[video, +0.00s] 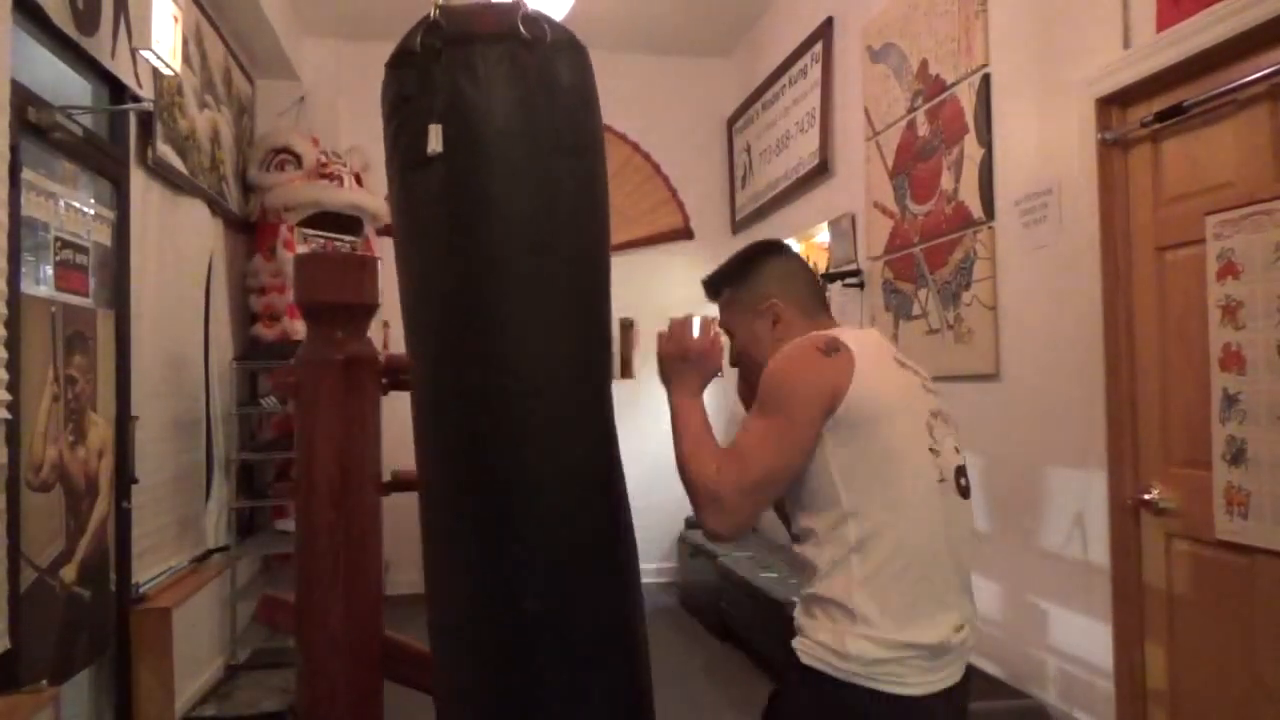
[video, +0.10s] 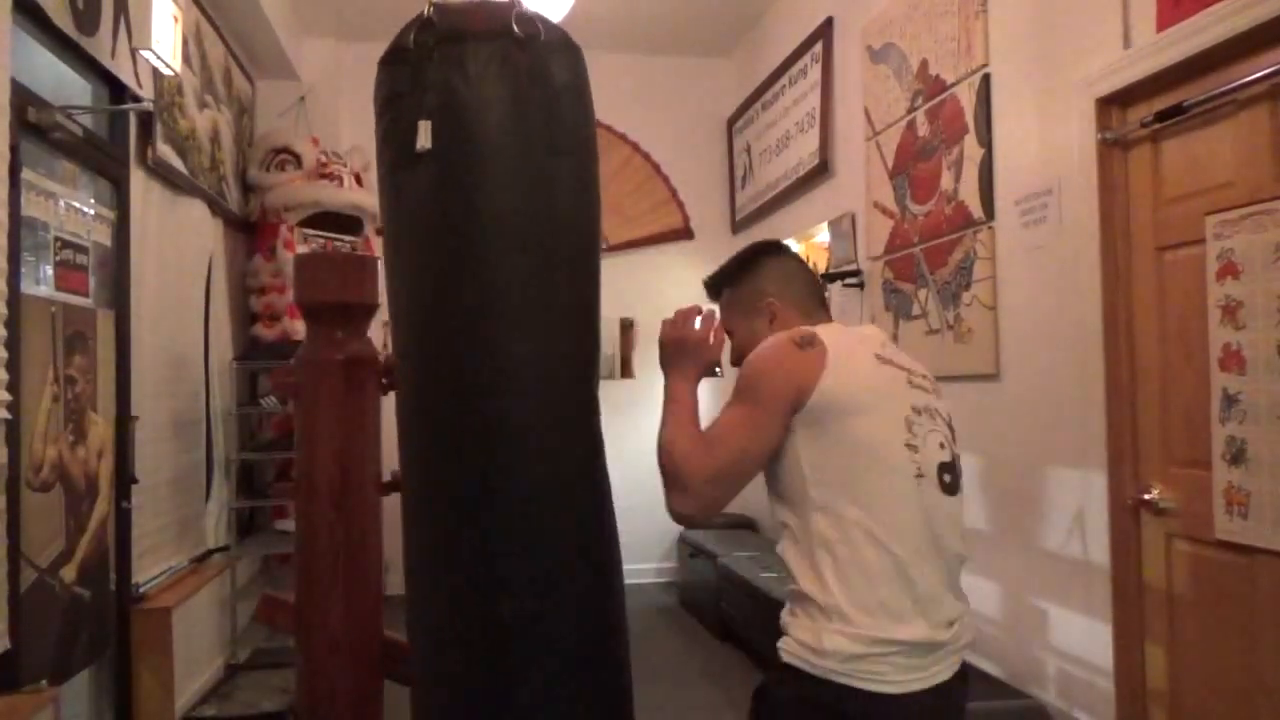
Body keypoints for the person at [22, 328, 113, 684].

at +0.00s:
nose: (69, 391)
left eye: (75, 382)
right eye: (63, 383)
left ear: (91, 385)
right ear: (59, 389)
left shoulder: (104, 432)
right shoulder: (63, 435)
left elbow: (104, 501)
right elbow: (38, 479)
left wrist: (76, 562)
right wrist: (46, 400)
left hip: (104, 551)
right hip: (75, 550)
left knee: (102, 631)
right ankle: (58, 689)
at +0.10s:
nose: (69, 391)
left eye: (75, 382)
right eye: (64, 383)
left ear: (91, 385)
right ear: (60, 387)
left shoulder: (105, 432)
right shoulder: (62, 438)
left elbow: (105, 501)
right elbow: (38, 480)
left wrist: (76, 563)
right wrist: (46, 401)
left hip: (105, 551)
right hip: (75, 551)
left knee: (105, 632)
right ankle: (58, 691)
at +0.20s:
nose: (71, 391)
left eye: (76, 383)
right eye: (65, 384)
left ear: (90, 385)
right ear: (61, 391)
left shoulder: (104, 432)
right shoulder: (63, 441)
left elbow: (105, 500)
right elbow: (36, 479)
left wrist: (76, 562)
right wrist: (46, 400)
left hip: (105, 553)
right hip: (75, 554)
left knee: (103, 634)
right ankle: (57, 690)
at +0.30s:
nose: (71, 391)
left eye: (76, 382)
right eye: (66, 383)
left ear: (91, 384)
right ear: (62, 389)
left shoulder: (104, 432)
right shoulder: (63, 439)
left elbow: (105, 500)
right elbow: (37, 478)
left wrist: (76, 562)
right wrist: (46, 401)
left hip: (103, 550)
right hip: (74, 549)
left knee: (101, 626)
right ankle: (59, 687)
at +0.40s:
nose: (71, 391)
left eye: (77, 382)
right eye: (66, 383)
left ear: (91, 384)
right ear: (62, 389)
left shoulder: (104, 432)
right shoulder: (63, 440)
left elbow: (105, 500)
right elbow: (36, 477)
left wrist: (76, 561)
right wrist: (46, 399)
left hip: (101, 550)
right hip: (73, 550)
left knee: (99, 629)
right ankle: (59, 688)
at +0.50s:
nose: (70, 391)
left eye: (76, 382)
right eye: (65, 383)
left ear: (90, 383)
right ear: (61, 389)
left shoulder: (104, 431)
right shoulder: (62, 439)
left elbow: (105, 501)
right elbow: (36, 479)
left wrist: (76, 562)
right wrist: (46, 401)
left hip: (103, 550)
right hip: (74, 551)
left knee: (101, 631)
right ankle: (58, 692)